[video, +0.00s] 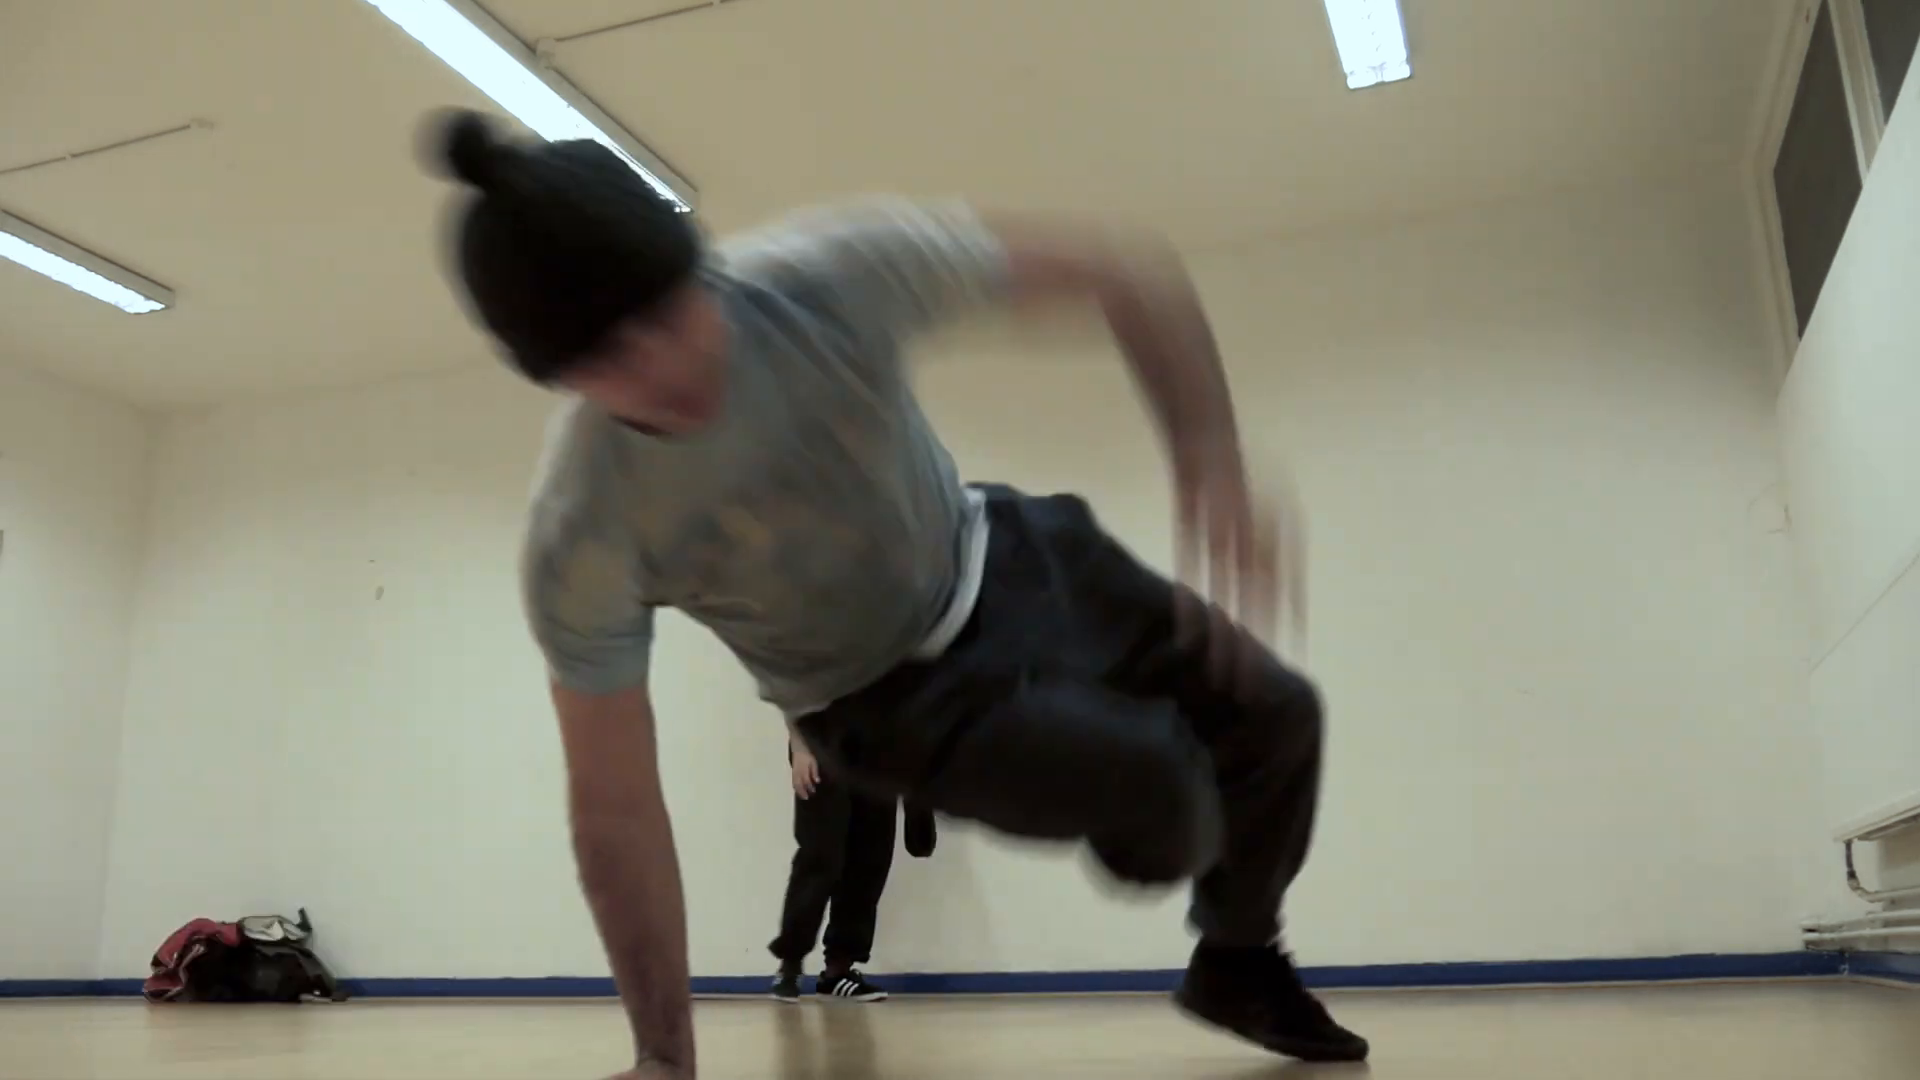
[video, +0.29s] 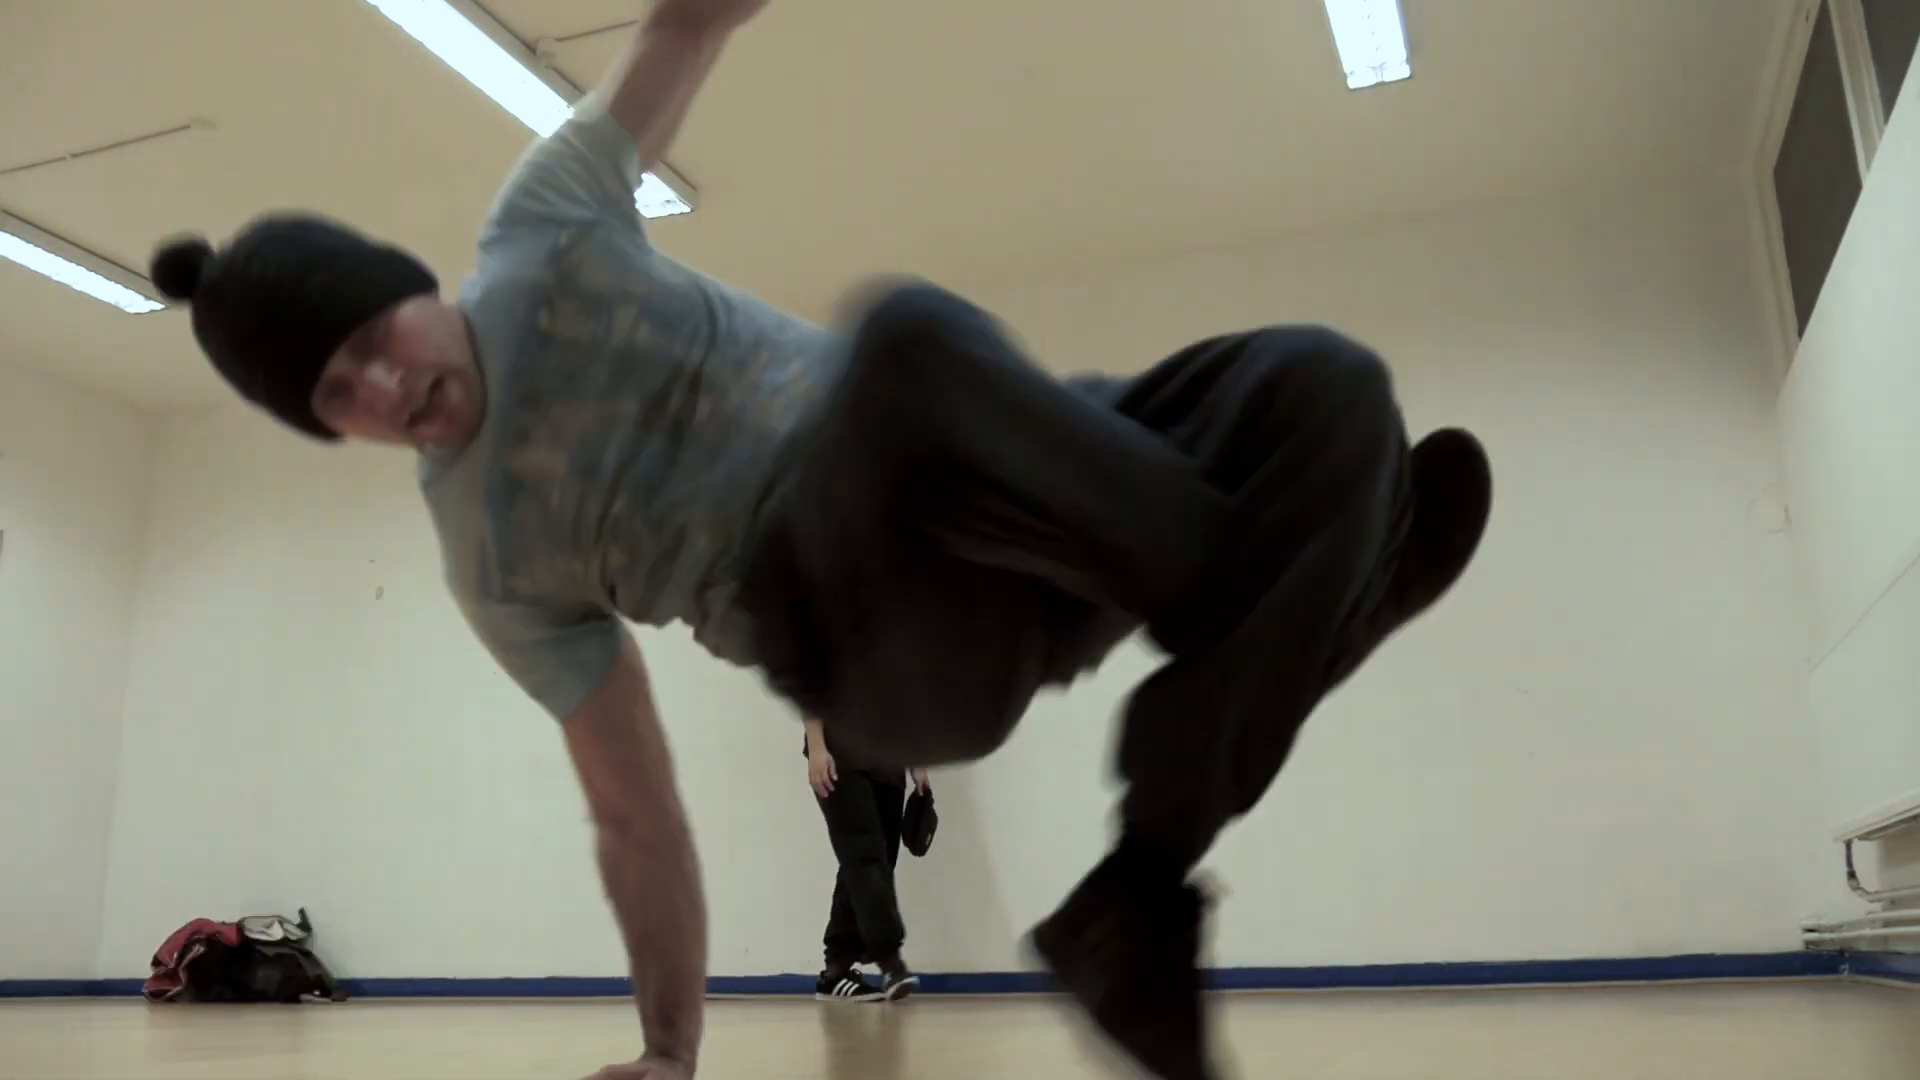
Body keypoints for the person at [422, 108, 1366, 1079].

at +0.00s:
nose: (660, 368)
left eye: (663, 316)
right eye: (606, 362)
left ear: (693, 268)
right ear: (560, 378)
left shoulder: (822, 279)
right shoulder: (586, 537)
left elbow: (1129, 270)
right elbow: (617, 820)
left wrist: (1214, 471)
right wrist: (667, 1058)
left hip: (1006, 559)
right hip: (898, 700)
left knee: (1273, 719)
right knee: (1157, 777)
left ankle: (1237, 957)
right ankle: (1158, 850)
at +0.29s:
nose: (381, 394)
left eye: (370, 343)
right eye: (338, 406)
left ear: (411, 282)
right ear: (330, 439)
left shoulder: (555, 225)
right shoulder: (504, 565)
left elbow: (692, 22)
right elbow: (637, 815)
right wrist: (668, 1051)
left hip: (988, 515)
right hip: (890, 670)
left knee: (1320, 385)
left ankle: (1140, 895)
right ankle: (1307, 600)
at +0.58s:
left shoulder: (431, 436)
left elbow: (374, 753)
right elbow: (795, 766)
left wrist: (377, 1056)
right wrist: (666, 1063)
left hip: (775, 298)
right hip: (993, 390)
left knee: (517, 865)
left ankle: (1135, 896)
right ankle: (1176, 897)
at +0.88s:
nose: (899, 293)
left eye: (928, 282)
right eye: (897, 243)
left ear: (933, 304)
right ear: (827, 190)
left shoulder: (749, 439)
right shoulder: (681, 215)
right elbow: (731, 61)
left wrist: (832, 590)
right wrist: (926, 22)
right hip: (343, 682)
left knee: (949, 771)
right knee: (933, 625)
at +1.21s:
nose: (61, 283)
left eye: (47, 223)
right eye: (21, 290)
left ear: (108, 146)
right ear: (30, 326)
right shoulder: (233, 454)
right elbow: (302, 800)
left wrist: (1005, 104)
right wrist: (210, 1068)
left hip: (820, 387)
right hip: (630, 561)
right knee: (485, 677)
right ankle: (950, 828)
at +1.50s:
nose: (54, 437)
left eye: (21, 397)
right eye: (26, 444)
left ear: (40, 303)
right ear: (64, 415)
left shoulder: (166, 196)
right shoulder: (252, 494)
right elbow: (305, 804)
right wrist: (215, 1069)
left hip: (693, 321)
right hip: (839, 399)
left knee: (442, 811)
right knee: (1177, 702)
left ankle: (807, 943)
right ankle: (1816, 815)